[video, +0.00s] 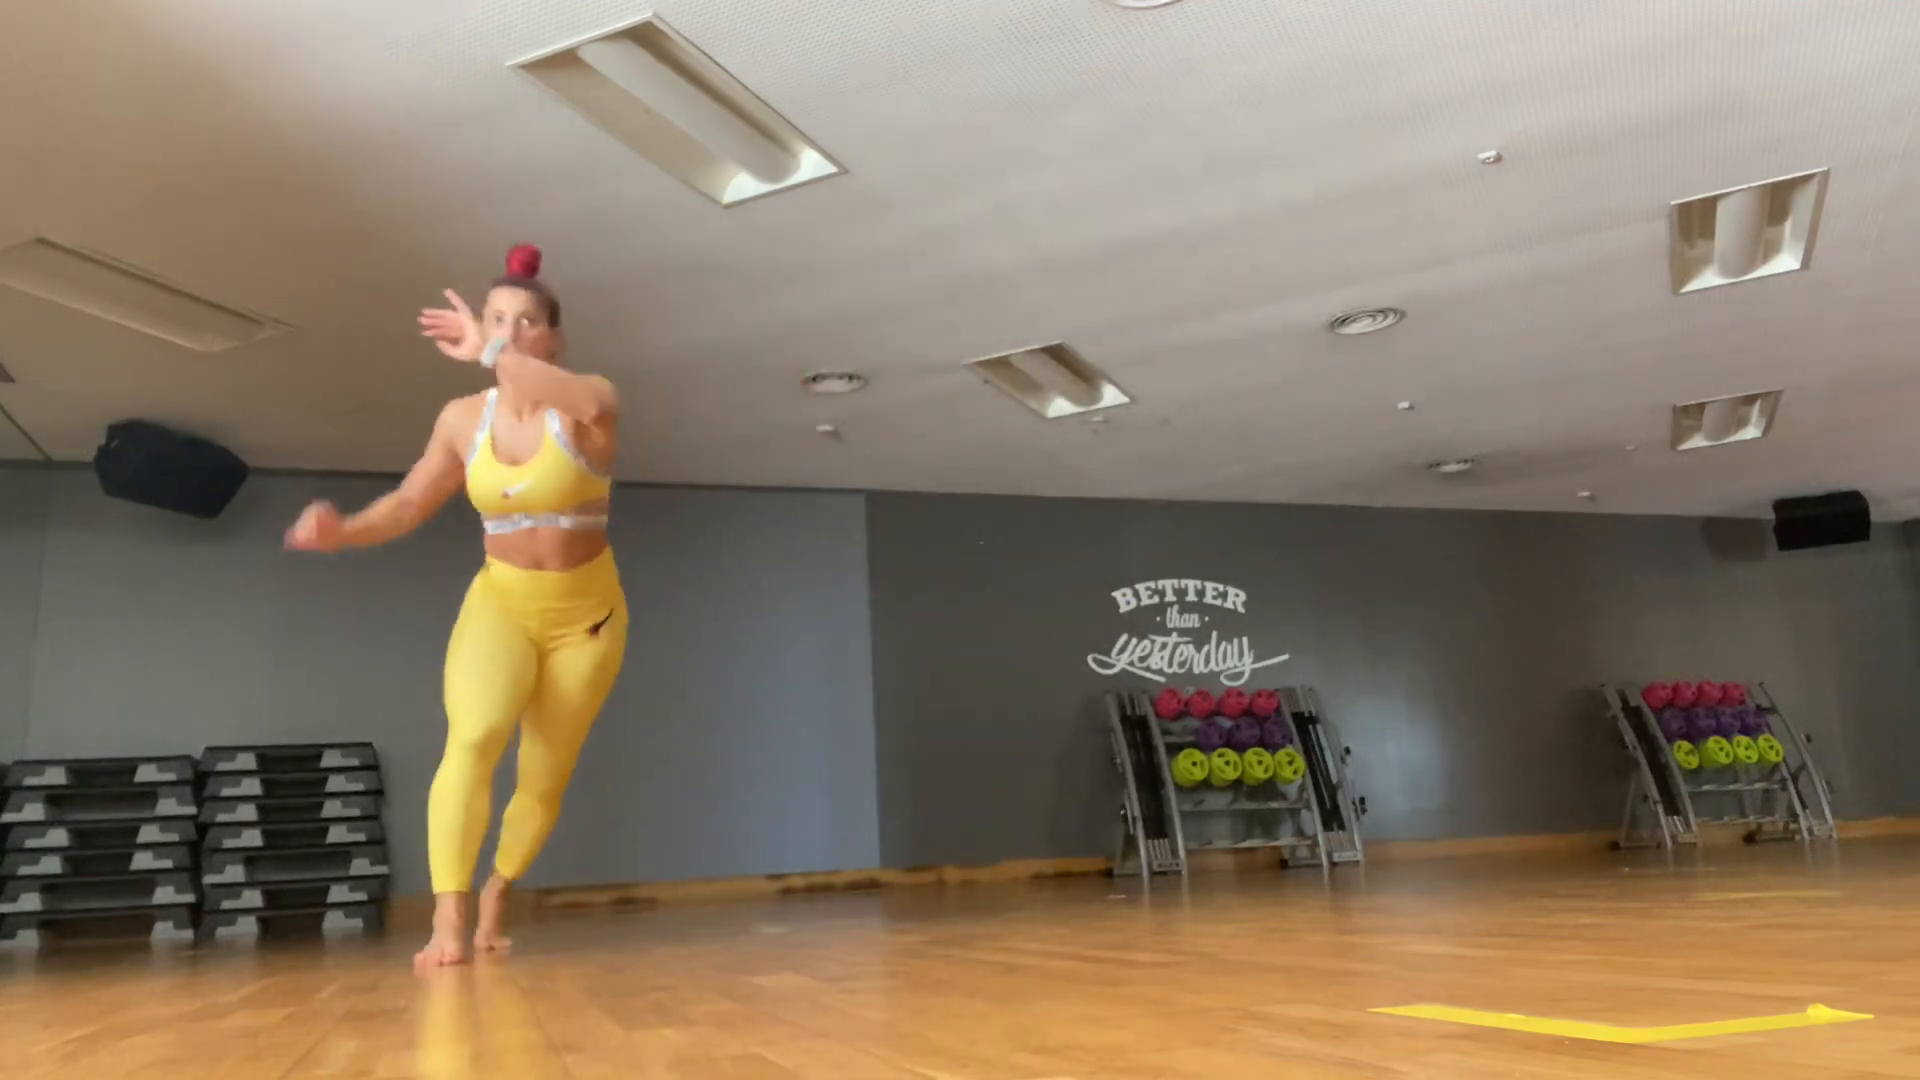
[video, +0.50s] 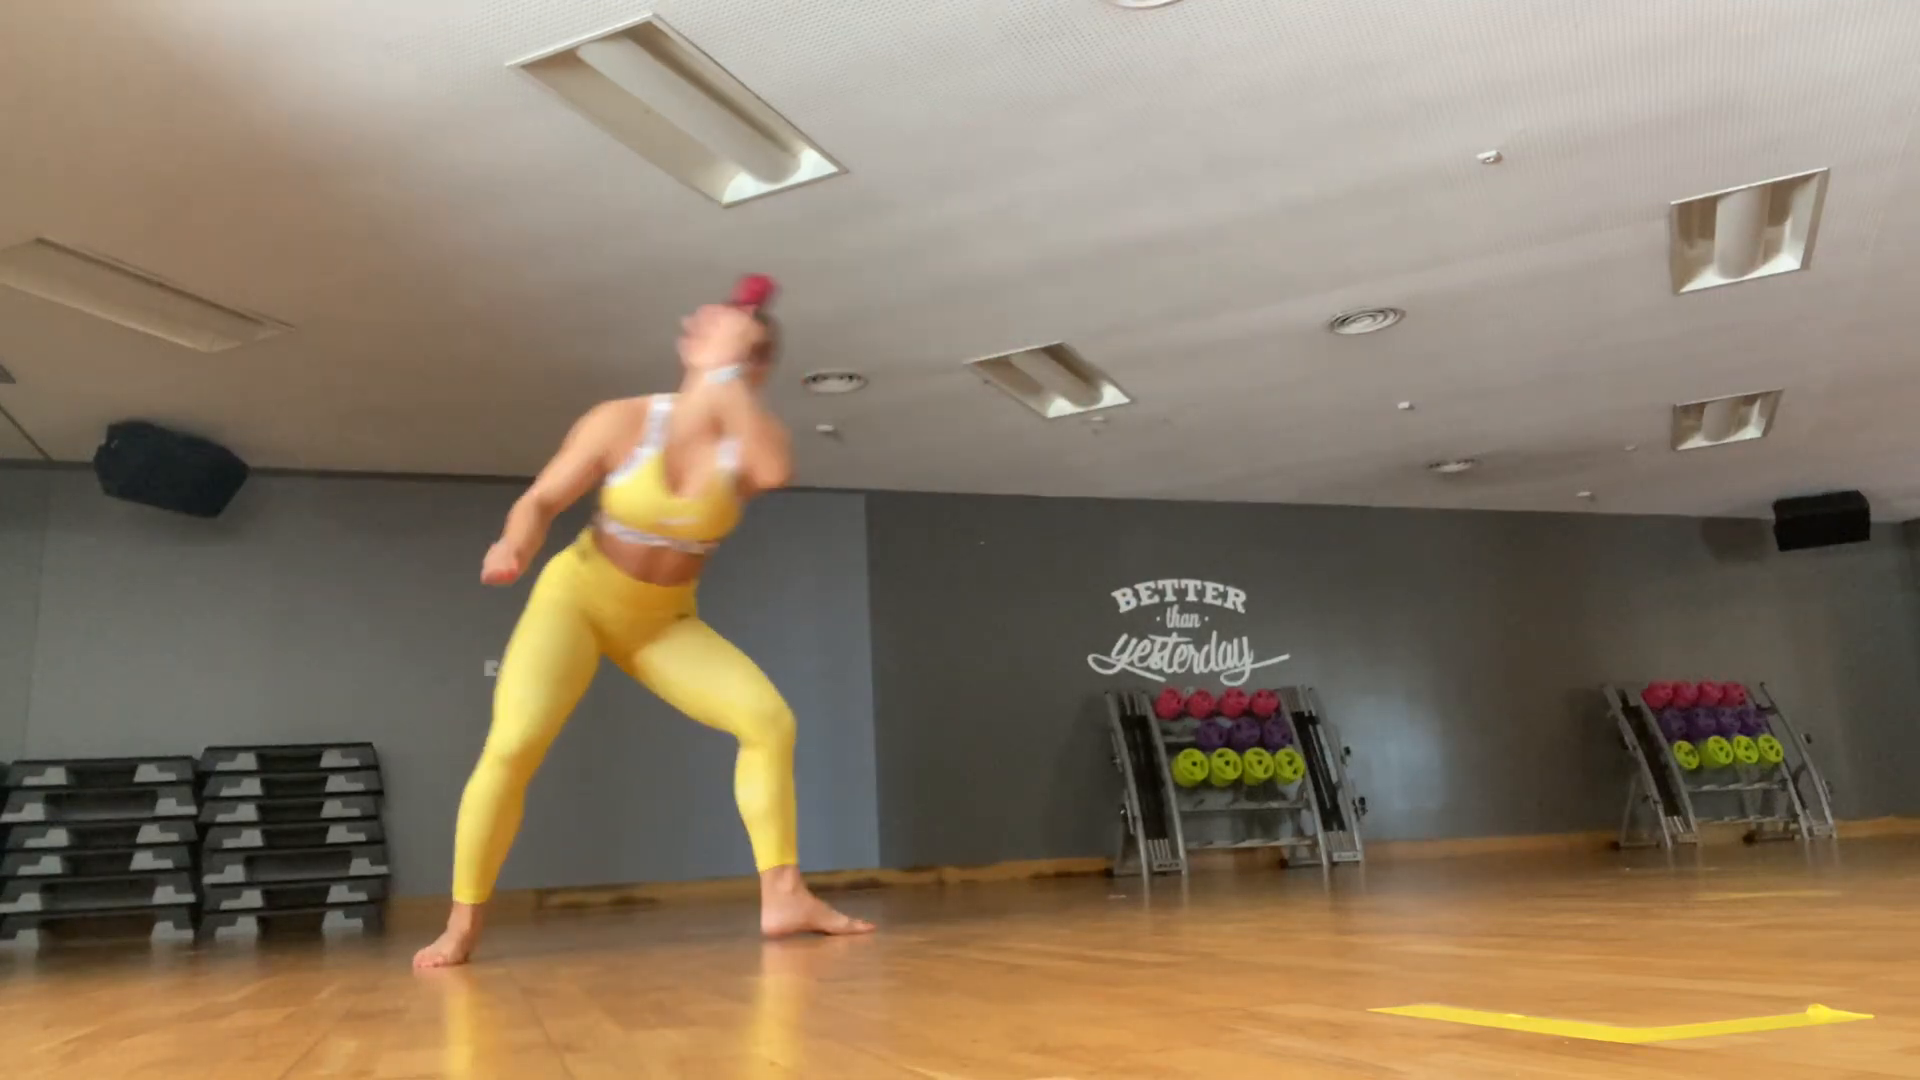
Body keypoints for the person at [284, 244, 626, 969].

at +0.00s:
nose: (505, 331)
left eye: (524, 320)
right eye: (495, 319)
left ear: (553, 335)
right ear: (483, 334)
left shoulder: (592, 401)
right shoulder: (462, 419)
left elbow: (574, 401)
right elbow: (410, 503)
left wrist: (492, 350)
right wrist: (345, 532)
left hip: (587, 612)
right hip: (500, 604)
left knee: (543, 780)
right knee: (473, 742)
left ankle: (498, 891)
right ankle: (450, 919)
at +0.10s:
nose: (492, 331)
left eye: (510, 316)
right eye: (478, 318)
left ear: (540, 331)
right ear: (461, 331)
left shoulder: (577, 390)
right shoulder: (450, 413)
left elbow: (577, 435)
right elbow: (380, 503)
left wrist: (474, 376)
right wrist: (350, 480)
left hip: (597, 597)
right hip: (509, 597)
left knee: (587, 775)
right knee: (475, 746)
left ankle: (532, 876)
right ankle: (451, 923)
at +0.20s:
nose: (497, 348)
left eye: (516, 335)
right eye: (485, 334)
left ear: (545, 354)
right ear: (467, 348)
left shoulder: (579, 418)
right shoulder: (452, 424)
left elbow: (575, 500)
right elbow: (381, 511)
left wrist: (498, 435)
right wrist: (422, 428)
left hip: (606, 602)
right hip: (515, 606)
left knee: (663, 757)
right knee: (471, 746)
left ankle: (635, 882)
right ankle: (453, 925)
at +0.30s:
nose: (529, 358)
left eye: (547, 346)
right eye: (519, 342)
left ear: (575, 364)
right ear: (500, 353)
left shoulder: (608, 431)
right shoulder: (468, 433)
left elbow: (602, 523)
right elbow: (433, 531)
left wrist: (525, 453)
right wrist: (471, 462)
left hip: (619, 604)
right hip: (524, 608)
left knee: (701, 734)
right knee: (476, 739)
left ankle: (719, 890)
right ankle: (454, 922)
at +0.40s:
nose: (604, 358)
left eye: (622, 347)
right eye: (590, 341)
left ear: (640, 367)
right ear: (558, 358)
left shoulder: (656, 434)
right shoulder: (512, 431)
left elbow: (643, 519)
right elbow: (473, 547)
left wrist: (590, 444)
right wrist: (489, 528)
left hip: (636, 606)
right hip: (539, 605)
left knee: (732, 723)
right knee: (485, 743)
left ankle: (777, 889)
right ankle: (455, 924)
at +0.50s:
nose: (699, 330)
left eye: (727, 330)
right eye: (707, 324)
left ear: (758, 364)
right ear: (689, 344)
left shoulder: (752, 436)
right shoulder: (621, 422)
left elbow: (773, 473)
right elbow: (542, 500)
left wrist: (725, 380)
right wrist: (515, 547)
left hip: (668, 620)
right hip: (580, 599)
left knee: (768, 721)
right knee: (513, 746)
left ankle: (783, 898)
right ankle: (462, 925)